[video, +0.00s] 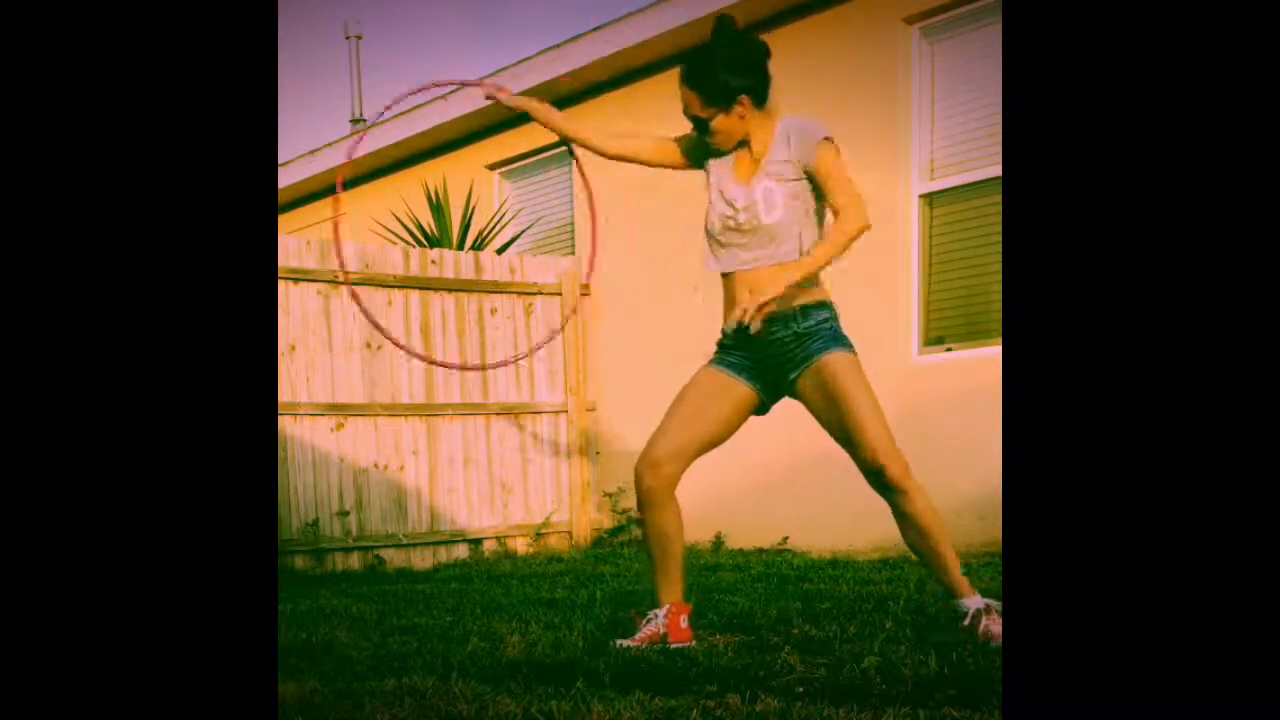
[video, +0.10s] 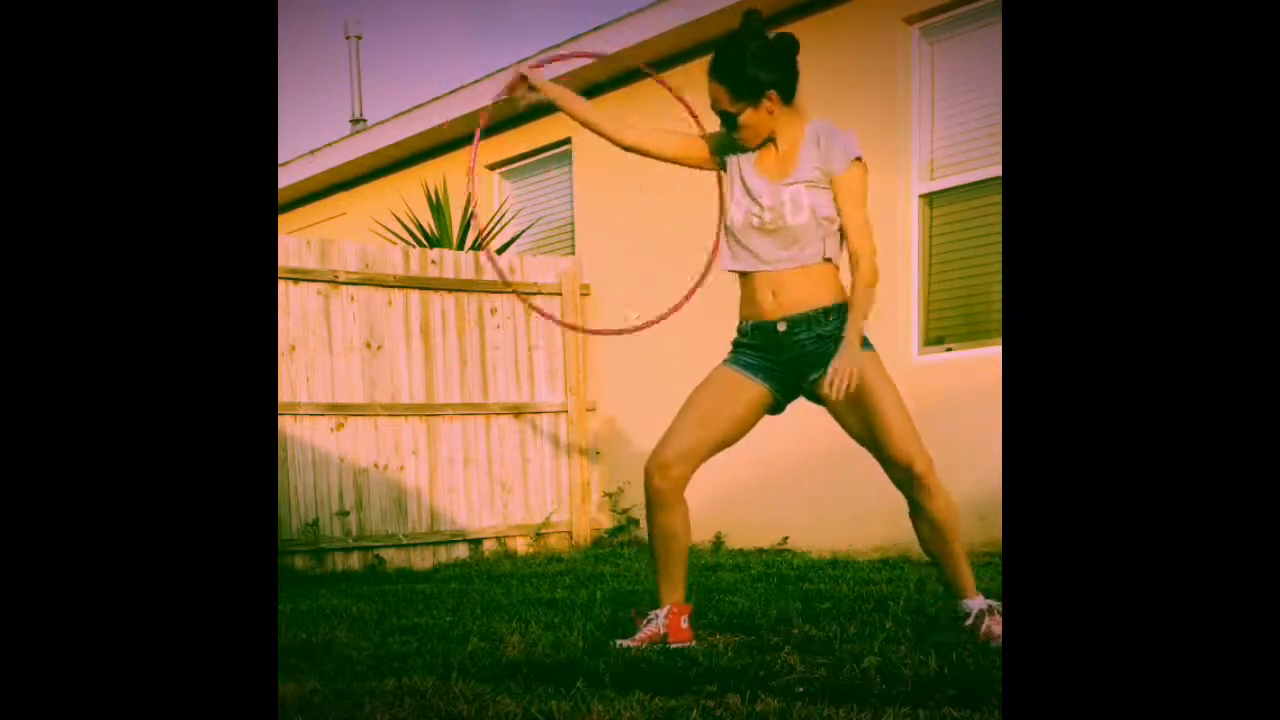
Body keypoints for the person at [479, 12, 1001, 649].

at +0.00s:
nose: (695, 128)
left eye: (701, 116)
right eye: (692, 117)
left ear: (741, 104)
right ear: (726, 107)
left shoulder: (805, 143)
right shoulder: (710, 152)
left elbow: (854, 217)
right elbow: (609, 144)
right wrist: (525, 104)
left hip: (808, 334)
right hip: (738, 351)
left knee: (886, 469)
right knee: (655, 466)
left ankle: (968, 603)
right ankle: (673, 617)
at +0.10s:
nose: (722, 124)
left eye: (729, 112)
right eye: (718, 113)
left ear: (770, 100)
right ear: (749, 104)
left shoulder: (828, 146)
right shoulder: (729, 151)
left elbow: (863, 257)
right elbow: (629, 134)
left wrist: (852, 344)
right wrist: (545, 87)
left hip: (832, 340)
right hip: (755, 349)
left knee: (915, 469)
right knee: (663, 471)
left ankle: (973, 604)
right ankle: (672, 619)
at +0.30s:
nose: (798, 105)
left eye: (809, 91)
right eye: (792, 90)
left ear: (856, 78)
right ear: (790, 82)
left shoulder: (901, 152)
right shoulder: (784, 146)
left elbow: (923, 262)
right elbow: (684, 190)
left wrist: (966, 354)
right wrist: (583, 227)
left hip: (879, 340)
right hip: (797, 344)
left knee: (979, 451)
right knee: (705, 477)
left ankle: (982, 609)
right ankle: (673, 619)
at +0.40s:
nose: (840, 94)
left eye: (853, 79)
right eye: (829, 79)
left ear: (893, 69)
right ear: (820, 72)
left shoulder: (925, 147)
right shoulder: (807, 137)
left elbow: (952, 253)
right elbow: (722, 215)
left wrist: (994, 347)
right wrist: (641, 274)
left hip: (900, 336)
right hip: (817, 341)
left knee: (996, 449)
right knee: (728, 477)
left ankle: (988, 607)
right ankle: (675, 618)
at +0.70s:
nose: (900, 67)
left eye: (916, 55)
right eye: (888, 52)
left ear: (933, 60)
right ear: (866, 54)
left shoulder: (952, 136)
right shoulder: (831, 134)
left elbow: (1004, 157)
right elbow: (765, 228)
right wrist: (778, 277)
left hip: (921, 332)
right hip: (838, 338)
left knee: (1002, 448)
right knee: (757, 486)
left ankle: (988, 606)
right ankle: (679, 620)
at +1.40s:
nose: (776, 96)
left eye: (785, 81)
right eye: (759, 83)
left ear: (794, 83)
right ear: (724, 87)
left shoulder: (795, 161)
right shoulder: (695, 141)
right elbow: (673, 44)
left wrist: (862, 131)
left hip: (759, 349)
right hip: (681, 351)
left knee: (846, 480)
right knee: (627, 484)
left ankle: (960, 604)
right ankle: (670, 620)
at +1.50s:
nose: (755, 83)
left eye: (764, 70)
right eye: (741, 70)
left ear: (771, 73)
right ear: (711, 71)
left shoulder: (777, 151)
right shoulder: (686, 115)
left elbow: (693, 214)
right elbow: (654, 13)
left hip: (741, 334)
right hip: (667, 340)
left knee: (829, 476)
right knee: (623, 479)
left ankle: (938, 598)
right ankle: (669, 618)